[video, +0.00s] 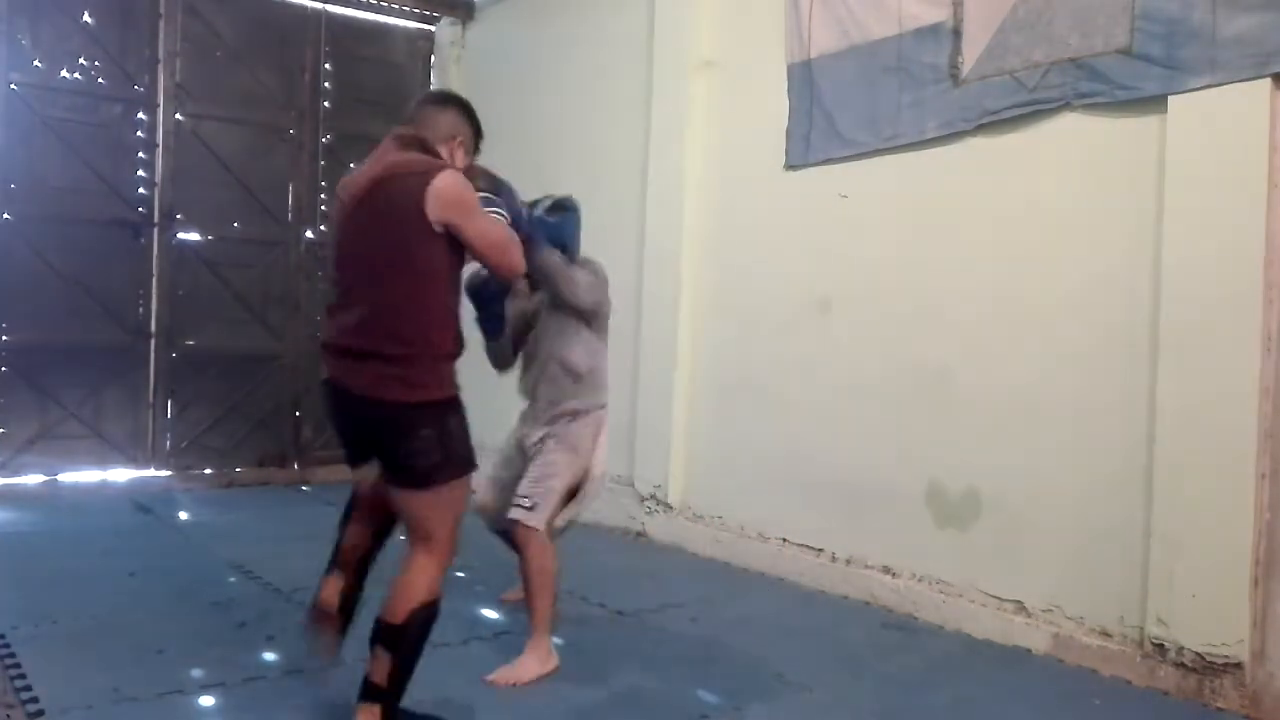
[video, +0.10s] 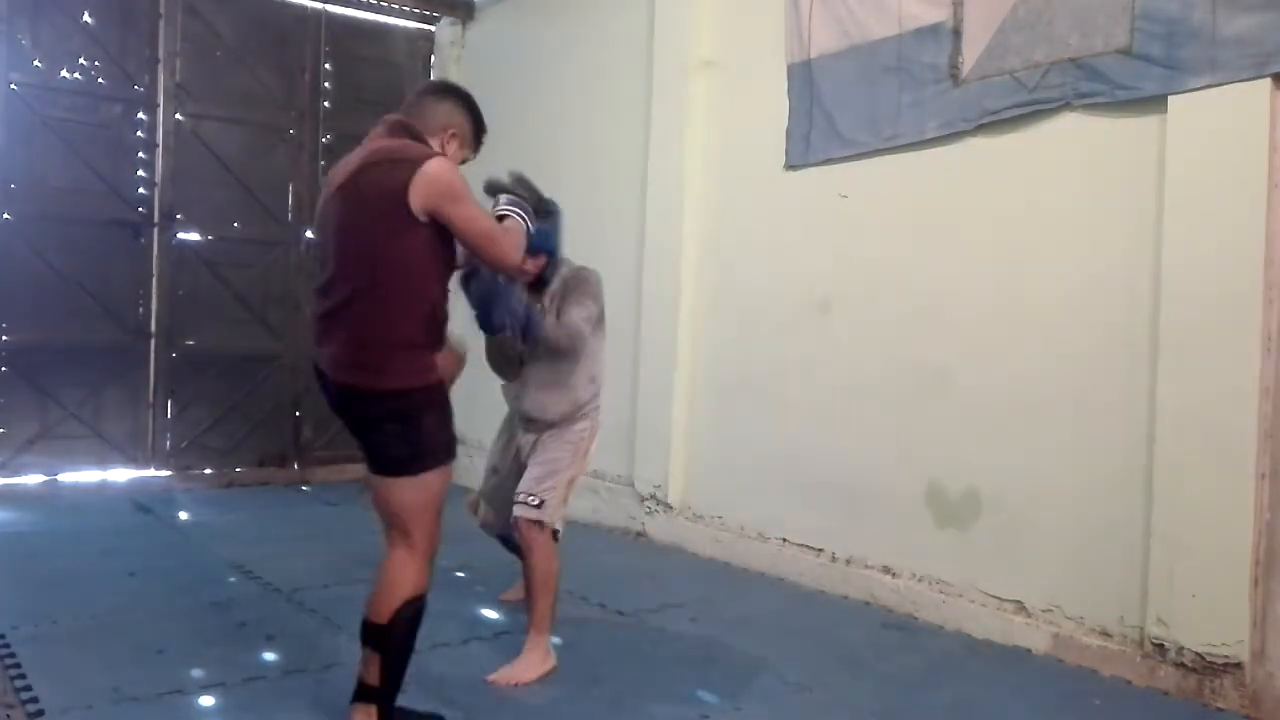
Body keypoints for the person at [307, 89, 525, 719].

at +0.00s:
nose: (466, 165)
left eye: (469, 157)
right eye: (468, 156)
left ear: (407, 131)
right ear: (451, 143)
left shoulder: (354, 182)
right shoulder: (441, 185)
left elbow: (394, 253)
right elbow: (510, 262)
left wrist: (460, 211)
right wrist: (492, 217)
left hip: (349, 387)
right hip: (417, 397)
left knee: (381, 481)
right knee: (431, 546)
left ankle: (335, 596)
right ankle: (377, 703)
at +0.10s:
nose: (459, 160)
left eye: (464, 153)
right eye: (464, 150)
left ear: (405, 120)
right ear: (447, 137)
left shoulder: (347, 169)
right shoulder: (432, 174)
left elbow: (398, 257)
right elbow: (508, 256)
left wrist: (466, 246)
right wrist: (513, 218)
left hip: (344, 371)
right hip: (397, 384)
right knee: (409, 544)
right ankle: (373, 701)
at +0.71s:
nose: (400, 224)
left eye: (407, 217)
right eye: (407, 213)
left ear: (365, 165)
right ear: (394, 186)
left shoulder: (281, 194)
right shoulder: (360, 207)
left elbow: (302, 293)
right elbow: (385, 306)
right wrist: (425, 246)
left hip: (247, 391)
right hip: (314, 396)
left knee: (262, 543)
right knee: (377, 534)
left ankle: (214, 698)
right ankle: (356, 701)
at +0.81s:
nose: (386, 220)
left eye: (393, 214)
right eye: (394, 209)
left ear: (360, 160)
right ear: (383, 178)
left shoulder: (273, 187)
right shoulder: (350, 191)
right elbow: (381, 300)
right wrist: (417, 245)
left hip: (237, 382)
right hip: (303, 387)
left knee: (256, 536)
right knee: (362, 536)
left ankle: (212, 695)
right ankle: (290, 702)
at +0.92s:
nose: (385, 204)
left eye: (389, 197)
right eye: (390, 194)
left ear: (343, 150)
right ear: (375, 171)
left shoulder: (268, 184)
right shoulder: (347, 194)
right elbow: (385, 293)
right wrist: (414, 233)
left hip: (239, 387)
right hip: (297, 393)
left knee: (257, 540)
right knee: (319, 557)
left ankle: (208, 695)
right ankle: (275, 705)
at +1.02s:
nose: (377, 205)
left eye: (382, 199)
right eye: (383, 195)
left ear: (345, 154)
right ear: (369, 173)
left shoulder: (262, 183)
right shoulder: (337, 198)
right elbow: (361, 297)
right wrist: (398, 244)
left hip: (232, 383)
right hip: (292, 387)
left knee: (258, 532)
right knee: (306, 551)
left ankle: (201, 689)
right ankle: (272, 704)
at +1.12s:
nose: (361, 212)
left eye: (368, 206)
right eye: (369, 201)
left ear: (336, 160)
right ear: (356, 176)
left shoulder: (258, 186)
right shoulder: (318, 198)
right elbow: (343, 301)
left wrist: (372, 245)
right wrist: (392, 252)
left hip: (225, 388)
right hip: (284, 393)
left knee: (250, 522)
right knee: (306, 553)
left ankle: (173, 663)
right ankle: (271, 704)